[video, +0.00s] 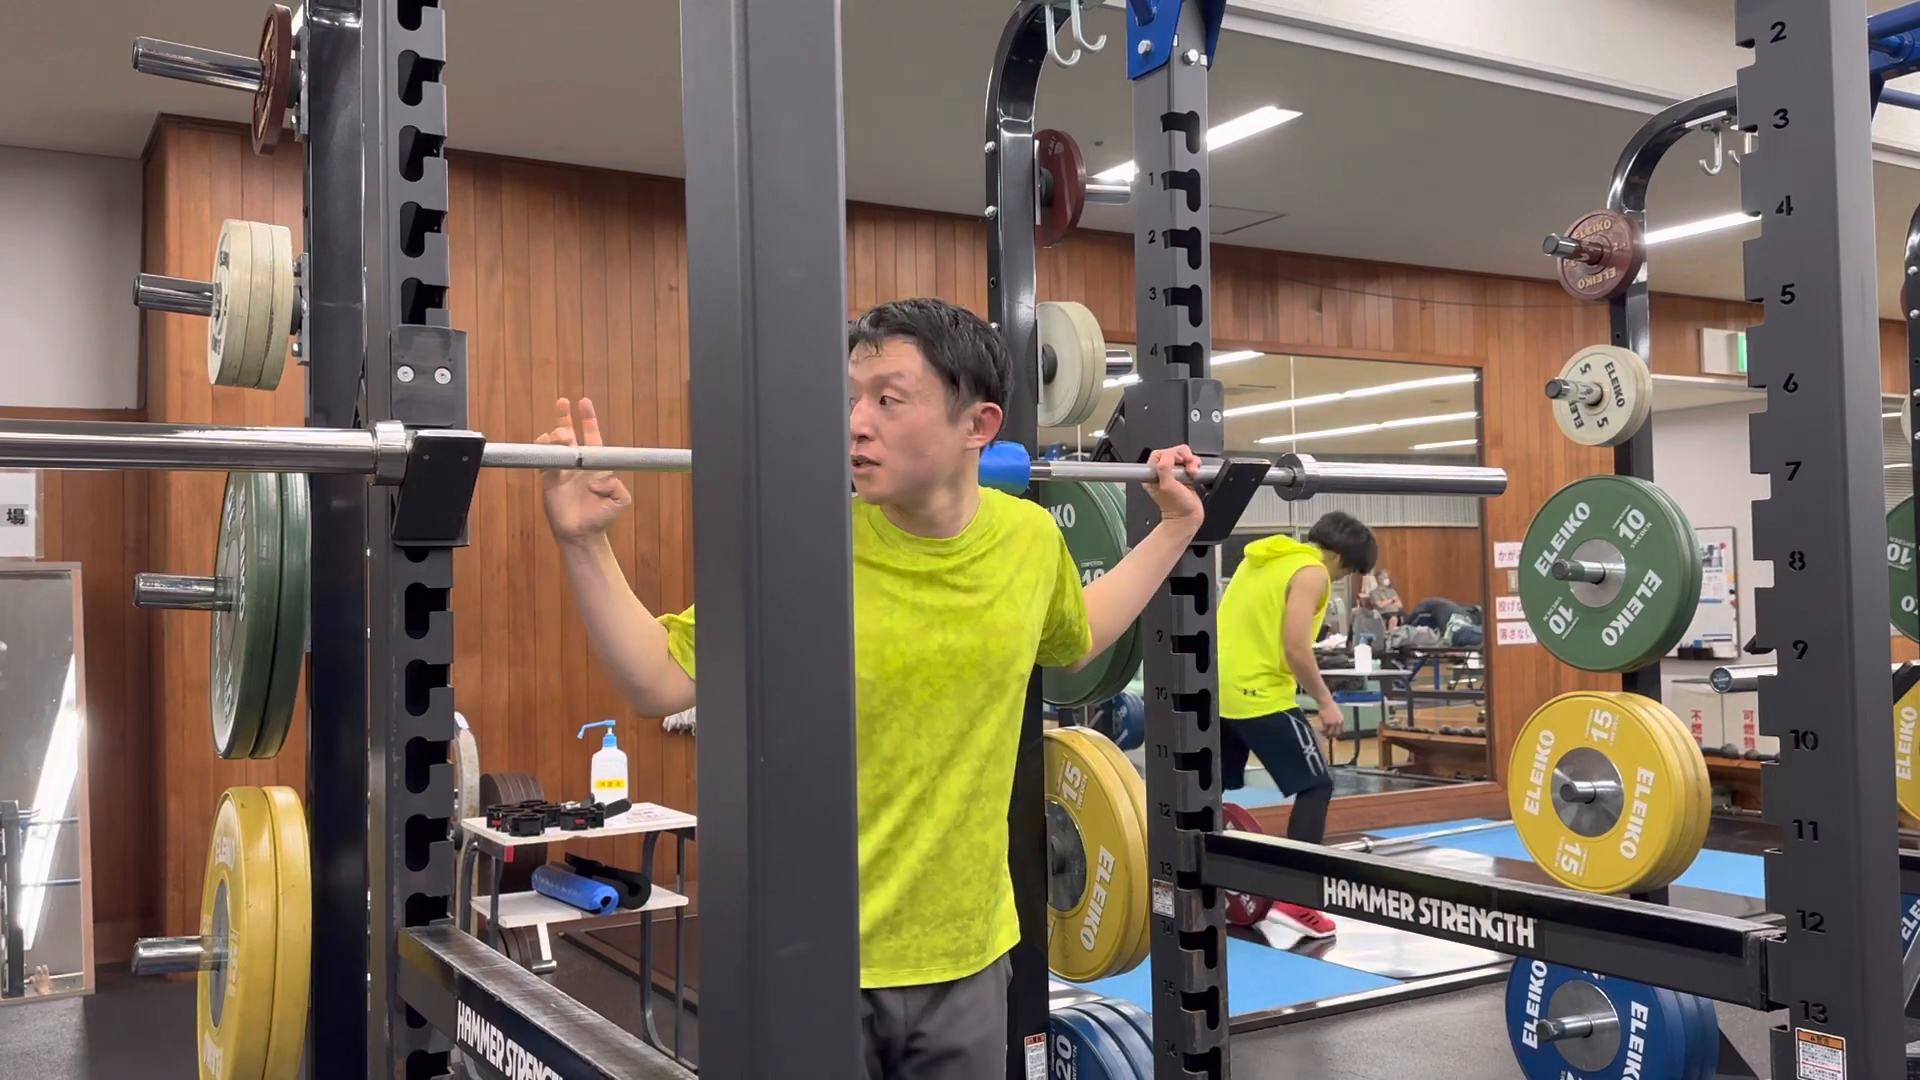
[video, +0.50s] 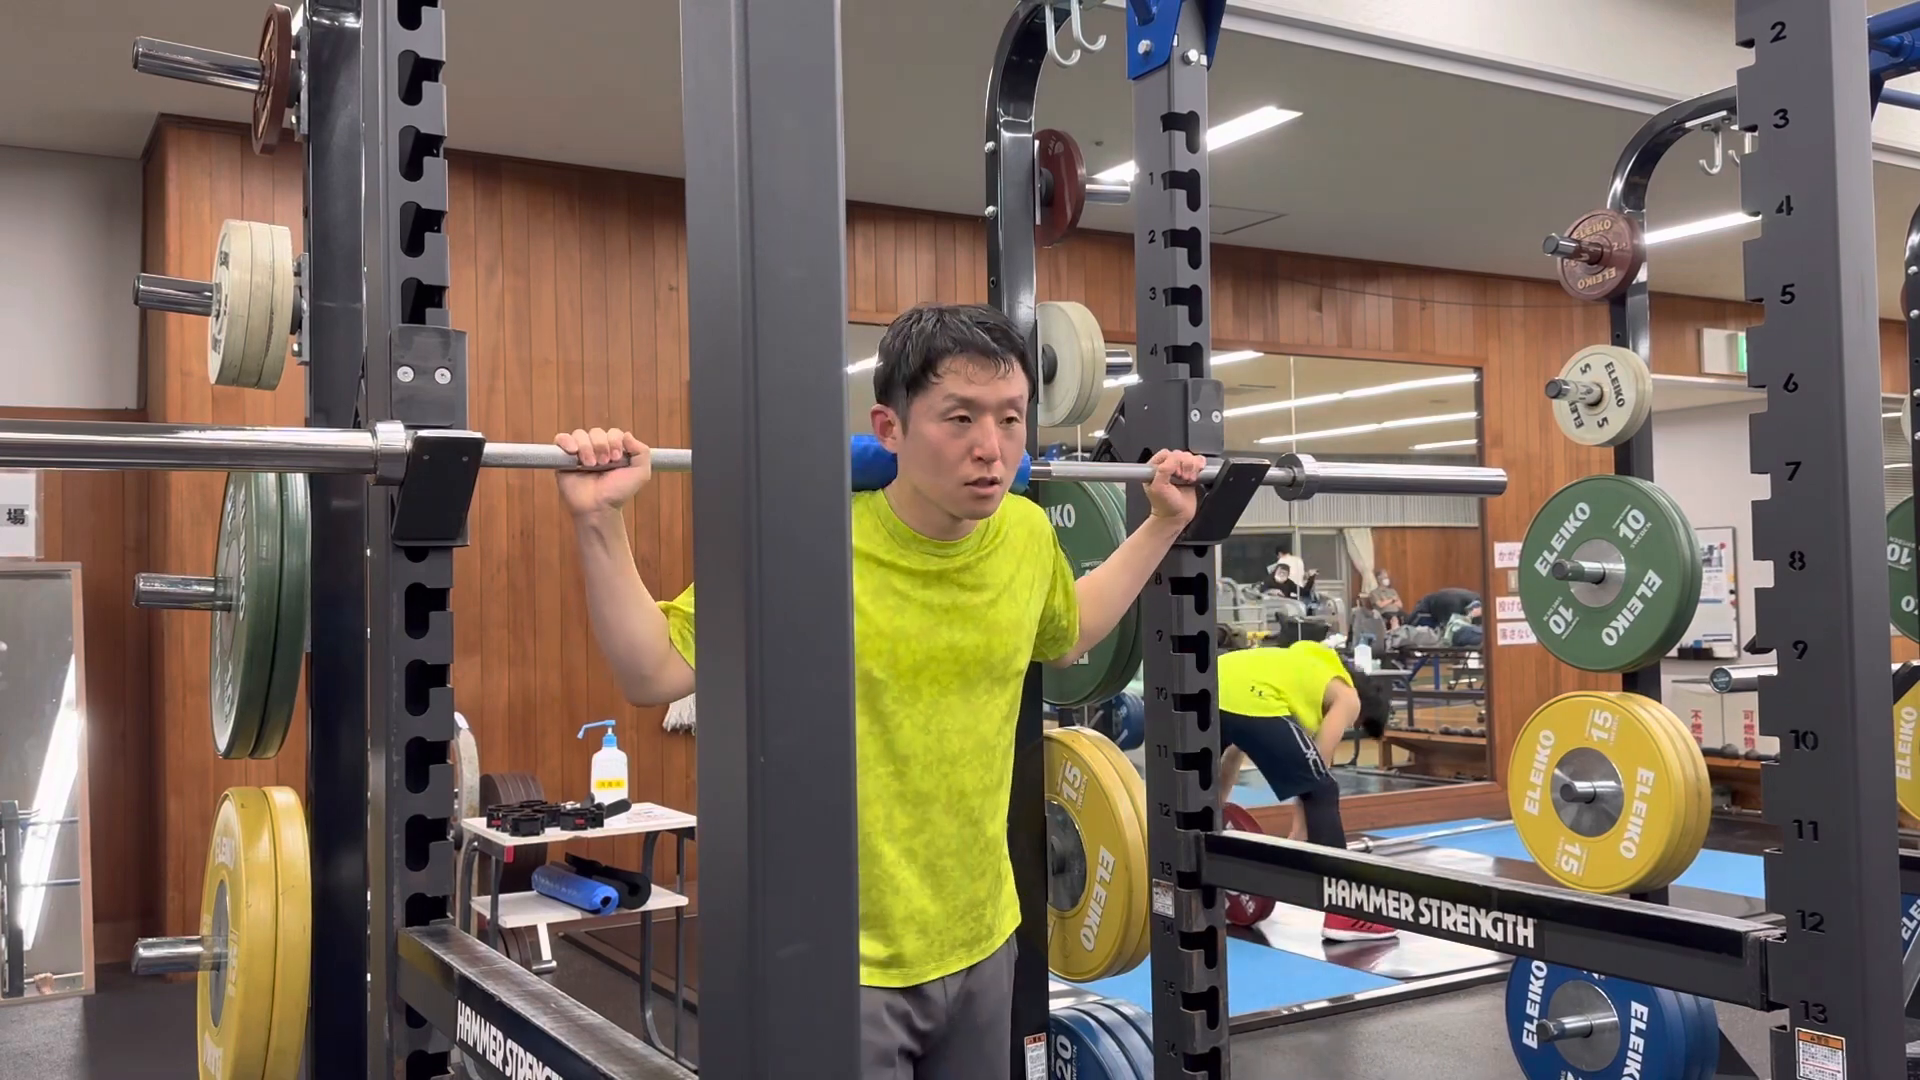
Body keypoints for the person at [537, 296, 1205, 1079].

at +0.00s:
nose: (856, 423)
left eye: (890, 397)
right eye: (850, 397)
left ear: (980, 425)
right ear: (839, 411)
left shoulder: (1028, 538)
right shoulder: (815, 545)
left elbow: (1073, 638)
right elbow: (665, 684)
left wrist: (1175, 530)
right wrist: (584, 544)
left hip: (968, 967)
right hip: (811, 966)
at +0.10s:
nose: (866, 424)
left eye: (900, 400)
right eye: (861, 399)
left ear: (989, 423)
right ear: (849, 411)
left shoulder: (1035, 536)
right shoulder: (819, 540)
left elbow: (1080, 637)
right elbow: (670, 683)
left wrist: (1178, 529)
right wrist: (599, 543)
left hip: (976, 964)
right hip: (824, 964)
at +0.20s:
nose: (905, 423)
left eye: (939, 398)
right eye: (886, 397)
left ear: (1004, 422)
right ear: (864, 417)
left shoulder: (1036, 534)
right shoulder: (816, 538)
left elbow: (1077, 638)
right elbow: (665, 681)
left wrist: (1174, 530)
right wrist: (601, 537)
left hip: (988, 957)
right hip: (838, 963)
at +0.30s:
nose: (974, 428)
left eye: (998, 402)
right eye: (944, 400)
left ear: (1023, 424)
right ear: (886, 423)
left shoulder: (1031, 533)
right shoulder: (818, 543)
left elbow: (1072, 637)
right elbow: (657, 671)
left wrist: (1170, 529)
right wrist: (601, 526)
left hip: (992, 950)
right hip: (846, 962)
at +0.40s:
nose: (988, 439)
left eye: (1007, 412)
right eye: (956, 410)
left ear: (1027, 426)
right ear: (891, 424)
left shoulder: (1028, 534)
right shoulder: (818, 543)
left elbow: (1069, 635)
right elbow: (656, 674)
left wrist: (1164, 528)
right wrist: (600, 523)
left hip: (989, 949)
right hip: (848, 963)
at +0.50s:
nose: (990, 449)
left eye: (1009, 420)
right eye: (959, 417)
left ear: (1027, 428)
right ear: (890, 424)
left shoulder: (1025, 533)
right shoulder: (815, 541)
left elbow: (1064, 634)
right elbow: (654, 671)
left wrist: (1163, 527)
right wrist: (599, 523)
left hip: (983, 948)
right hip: (846, 965)